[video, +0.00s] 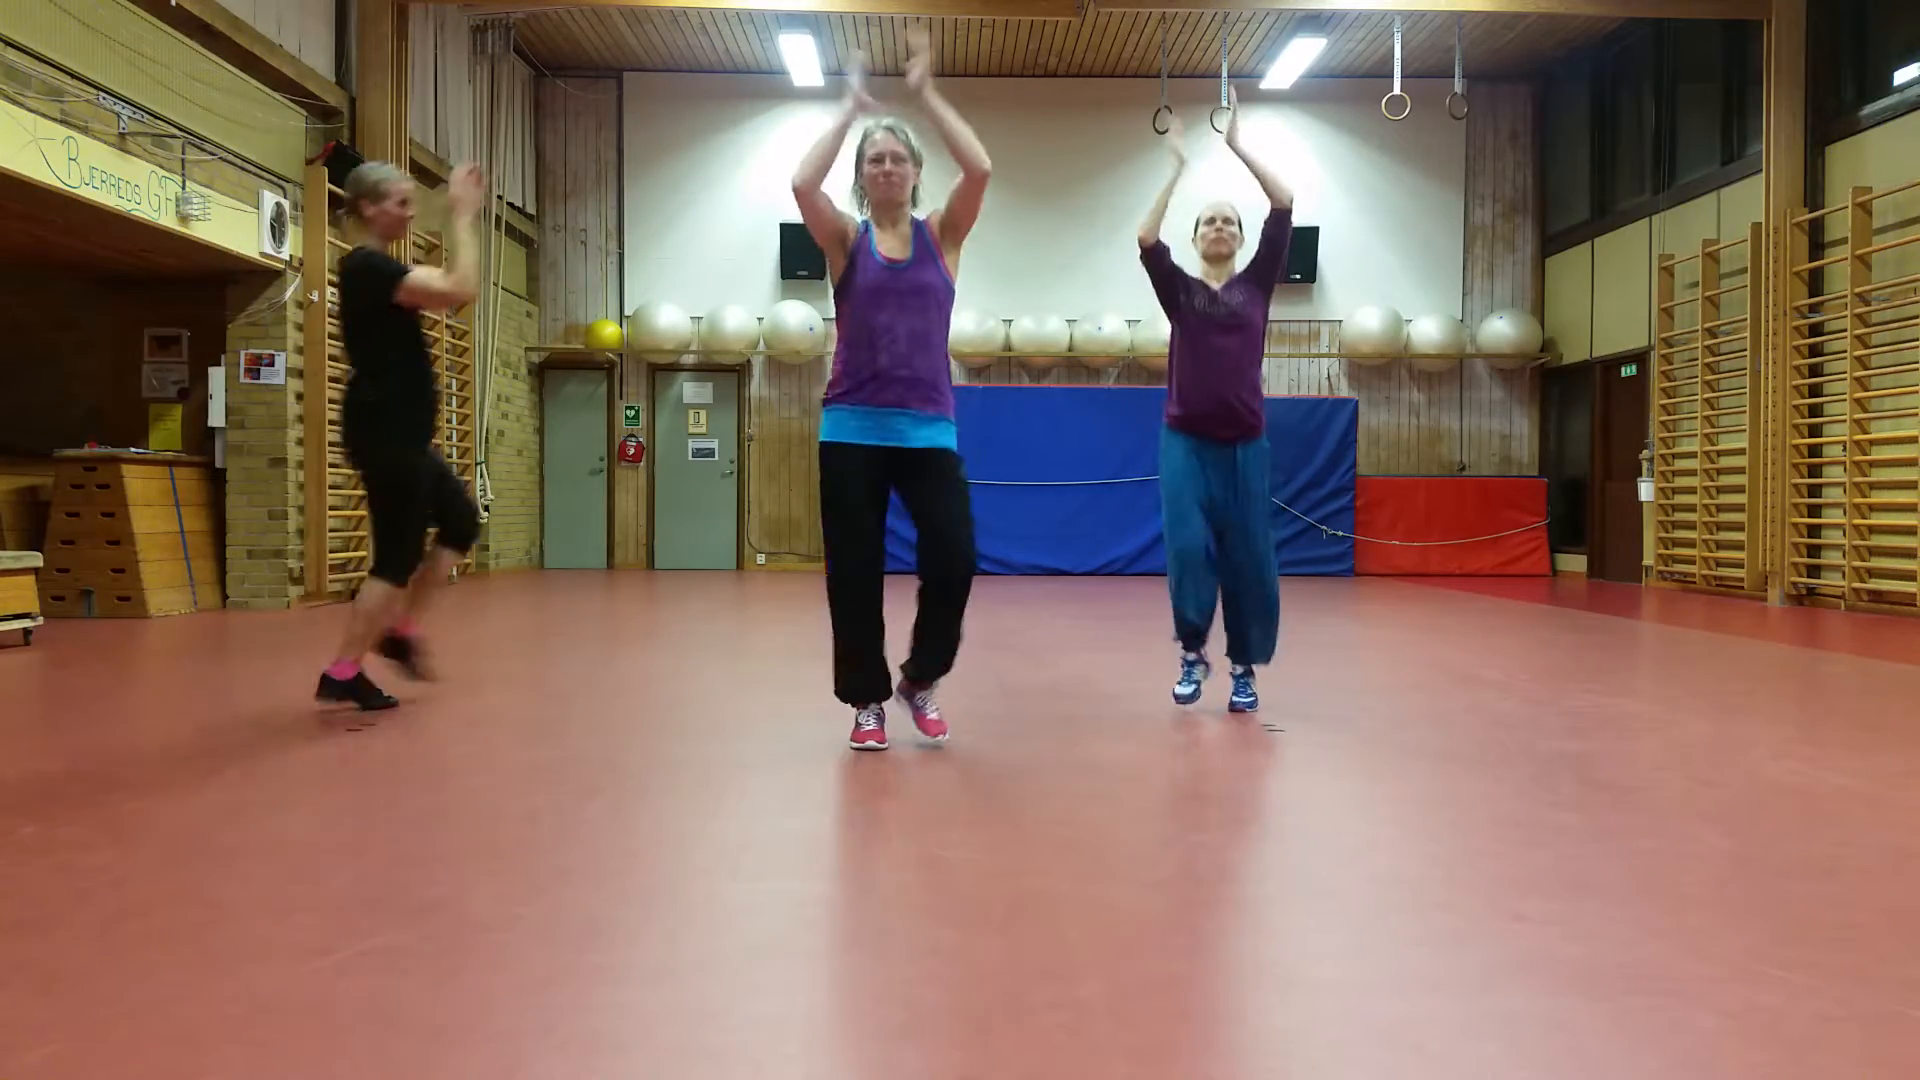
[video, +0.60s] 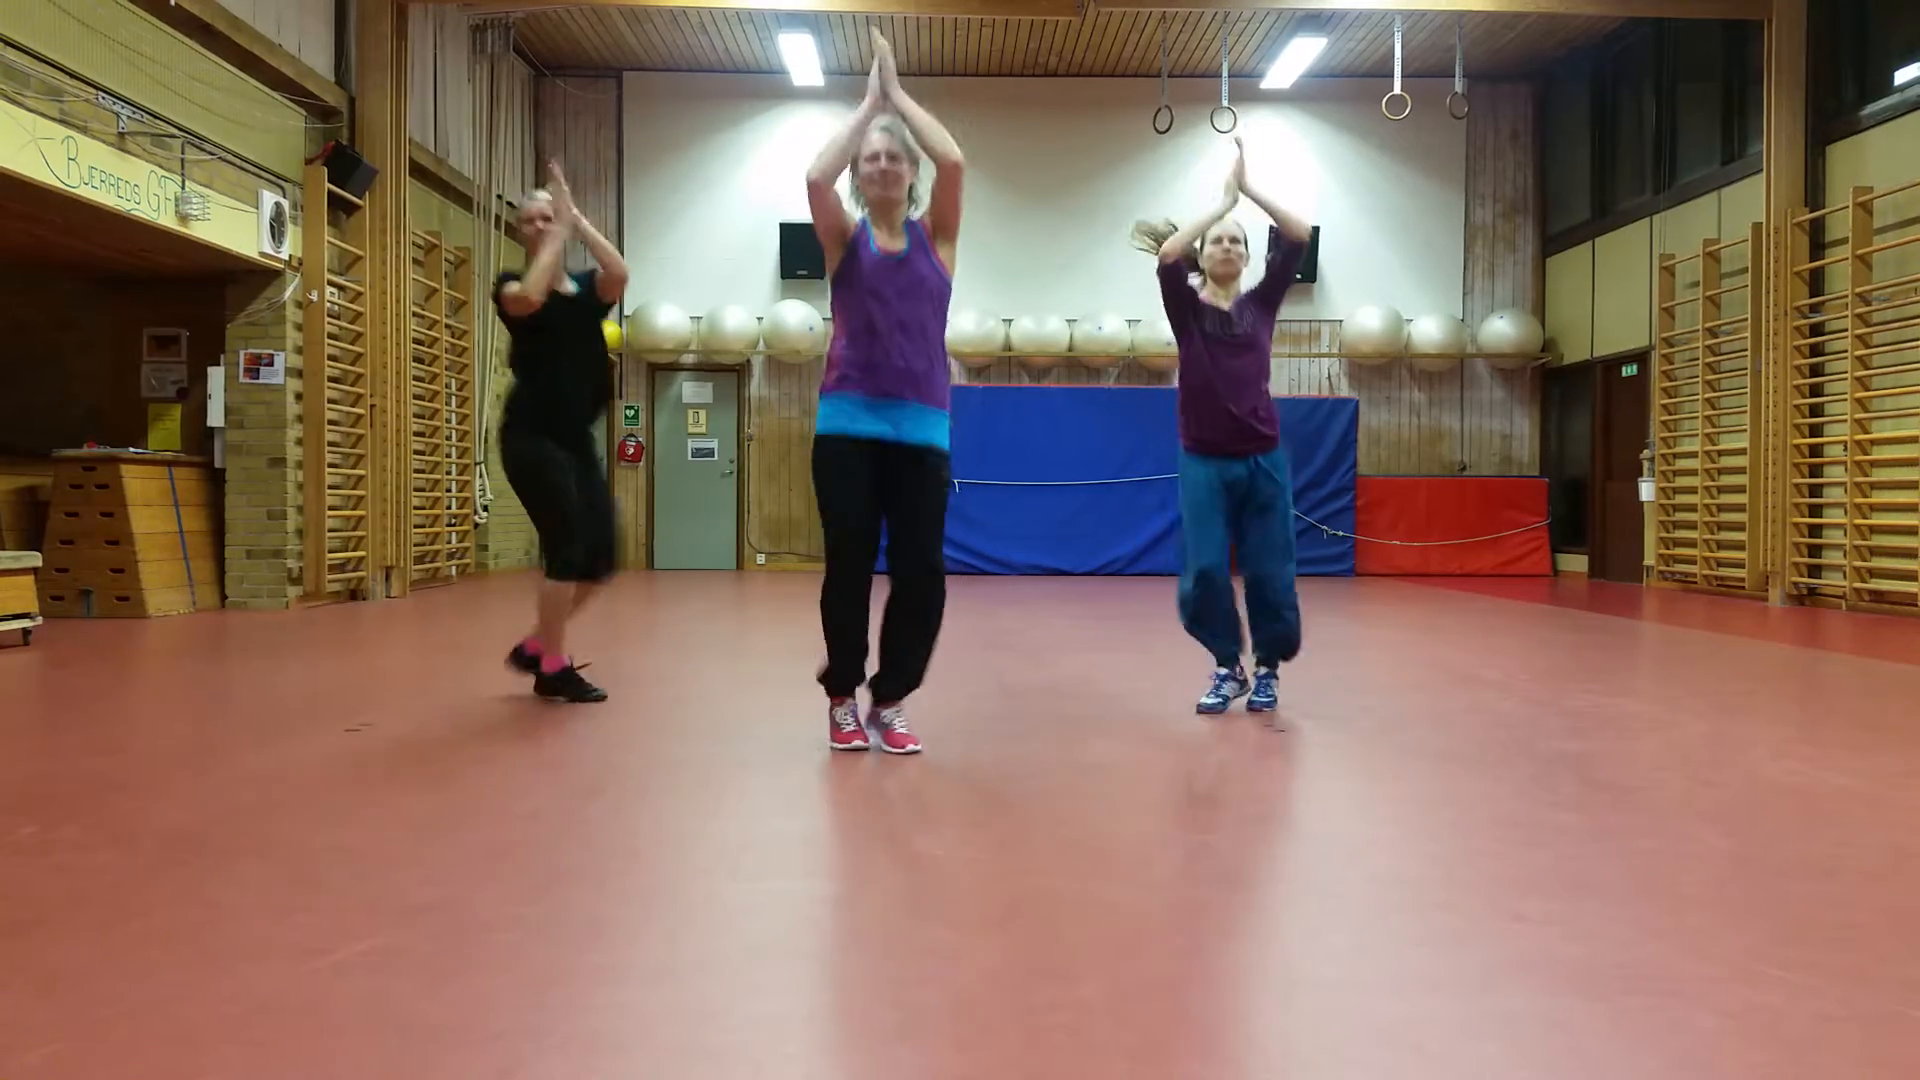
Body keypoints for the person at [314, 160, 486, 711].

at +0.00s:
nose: (410, 211)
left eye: (410, 202)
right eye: (400, 202)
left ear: (385, 210)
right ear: (368, 209)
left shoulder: (380, 263)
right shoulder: (366, 265)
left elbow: (455, 291)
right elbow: (459, 287)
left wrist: (462, 214)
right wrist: (464, 215)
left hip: (400, 432)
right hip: (382, 435)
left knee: (461, 523)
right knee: (398, 561)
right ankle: (342, 671)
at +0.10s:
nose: (441, 208)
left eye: (443, 199)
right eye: (432, 199)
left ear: (431, 205)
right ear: (400, 204)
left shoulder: (424, 256)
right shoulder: (398, 256)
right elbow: (492, 278)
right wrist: (494, 203)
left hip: (438, 414)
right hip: (410, 416)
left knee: (475, 525)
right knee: (448, 533)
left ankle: (468, 641)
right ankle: (367, 648)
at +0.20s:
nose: (465, 227)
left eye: (467, 218)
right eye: (453, 218)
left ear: (469, 225)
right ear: (423, 230)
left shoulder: (458, 280)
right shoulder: (425, 283)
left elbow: (515, 289)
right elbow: (513, 294)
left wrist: (517, 227)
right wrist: (521, 230)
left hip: (476, 433)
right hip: (441, 436)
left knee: (496, 548)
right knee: (482, 548)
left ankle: (472, 654)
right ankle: (413, 654)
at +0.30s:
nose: (475, 237)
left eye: (482, 229)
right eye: (464, 231)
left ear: (493, 240)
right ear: (449, 246)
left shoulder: (499, 295)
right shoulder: (449, 294)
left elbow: (567, 299)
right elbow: (515, 308)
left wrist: (548, 237)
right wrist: (532, 238)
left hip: (501, 450)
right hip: (462, 451)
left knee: (501, 564)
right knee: (530, 553)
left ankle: (468, 661)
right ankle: (450, 642)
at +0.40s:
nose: (497, 217)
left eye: (505, 208)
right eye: (486, 211)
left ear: (522, 218)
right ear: (476, 223)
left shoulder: (538, 286)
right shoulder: (465, 275)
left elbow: (596, 291)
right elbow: (508, 294)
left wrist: (583, 228)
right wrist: (526, 224)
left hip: (527, 434)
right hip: (485, 435)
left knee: (514, 548)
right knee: (552, 527)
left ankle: (474, 649)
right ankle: (509, 638)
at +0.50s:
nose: (530, 207)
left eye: (535, 199)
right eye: (520, 199)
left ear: (547, 211)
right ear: (502, 211)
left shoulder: (563, 269)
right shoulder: (487, 267)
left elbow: (611, 275)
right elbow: (519, 285)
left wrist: (594, 208)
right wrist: (519, 216)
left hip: (548, 417)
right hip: (504, 417)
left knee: (558, 531)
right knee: (557, 527)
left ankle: (503, 640)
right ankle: (558, 650)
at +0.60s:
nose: (544, 226)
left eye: (551, 218)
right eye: (534, 218)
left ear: (563, 228)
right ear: (519, 231)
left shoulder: (585, 287)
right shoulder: (511, 286)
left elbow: (619, 274)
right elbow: (528, 298)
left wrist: (576, 219)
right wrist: (552, 238)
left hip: (576, 434)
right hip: (530, 434)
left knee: (600, 553)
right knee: (564, 541)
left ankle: (535, 645)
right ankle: (553, 666)